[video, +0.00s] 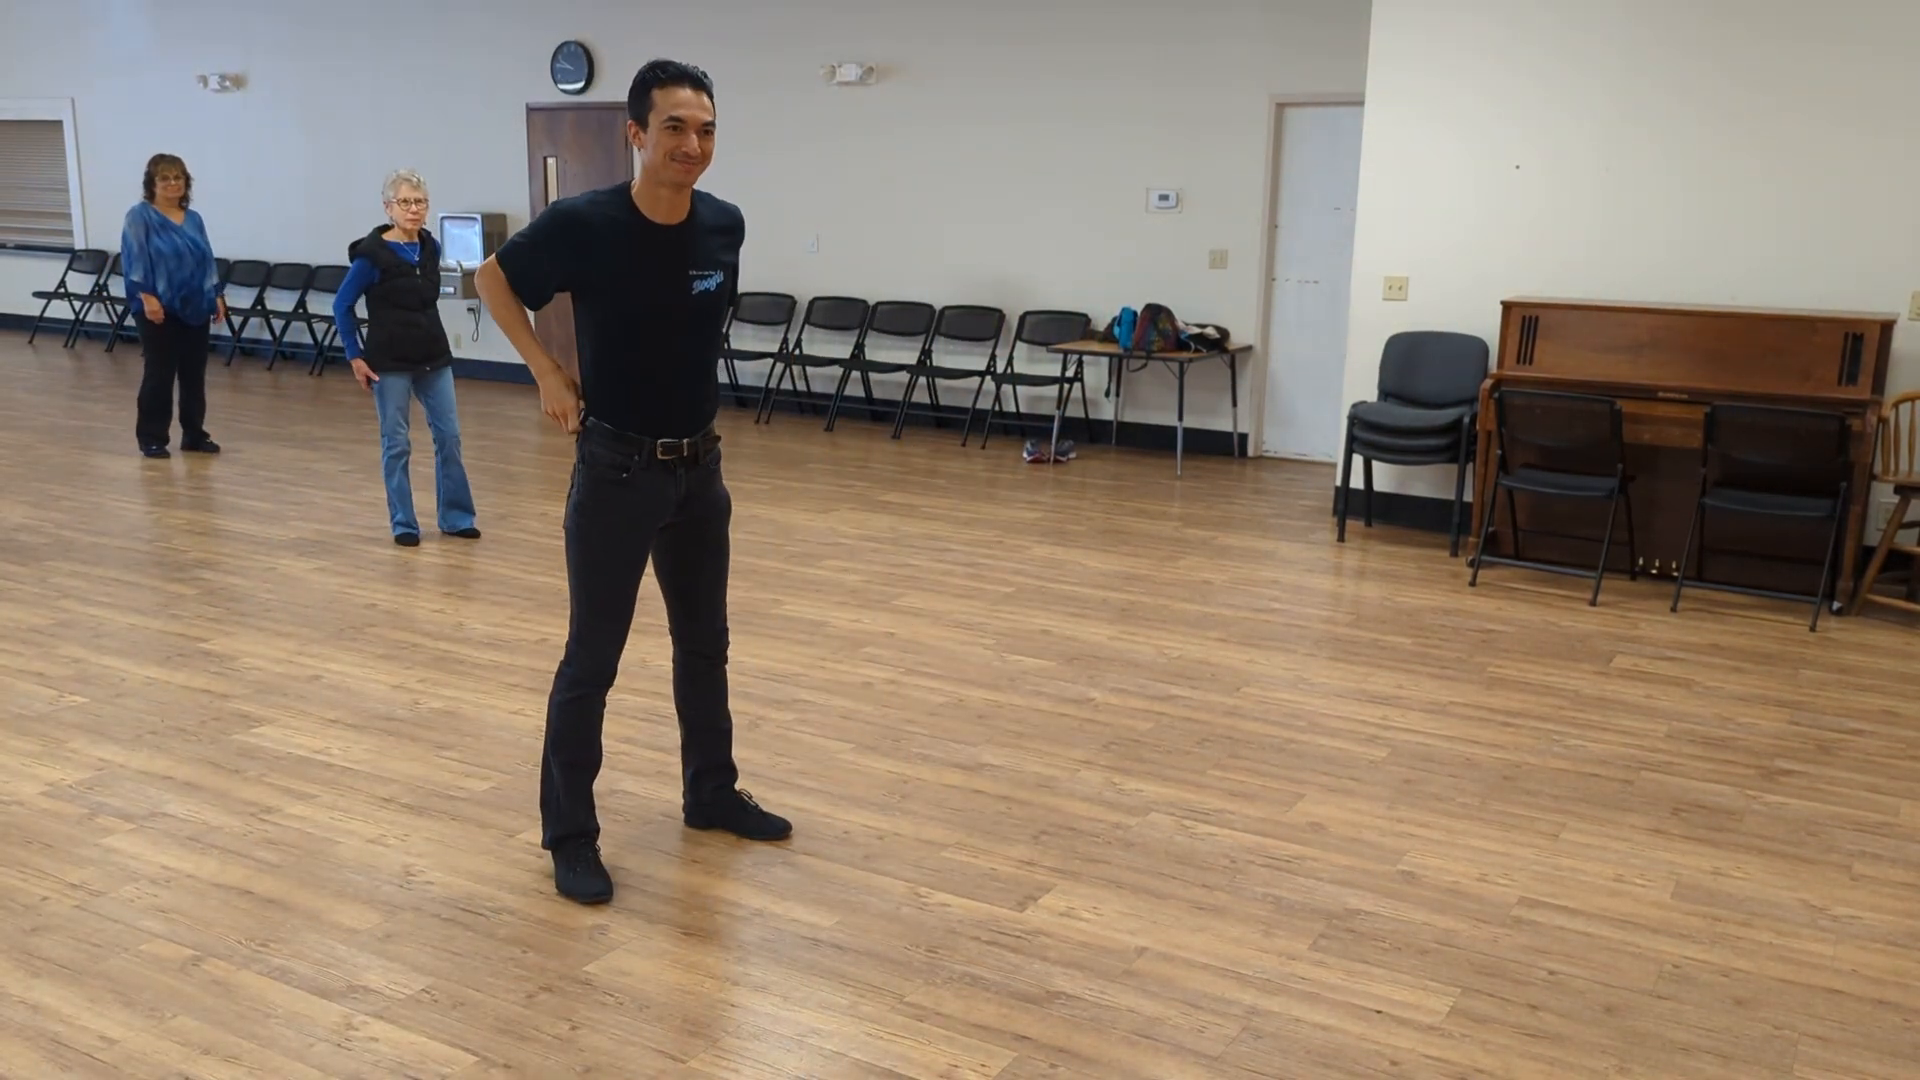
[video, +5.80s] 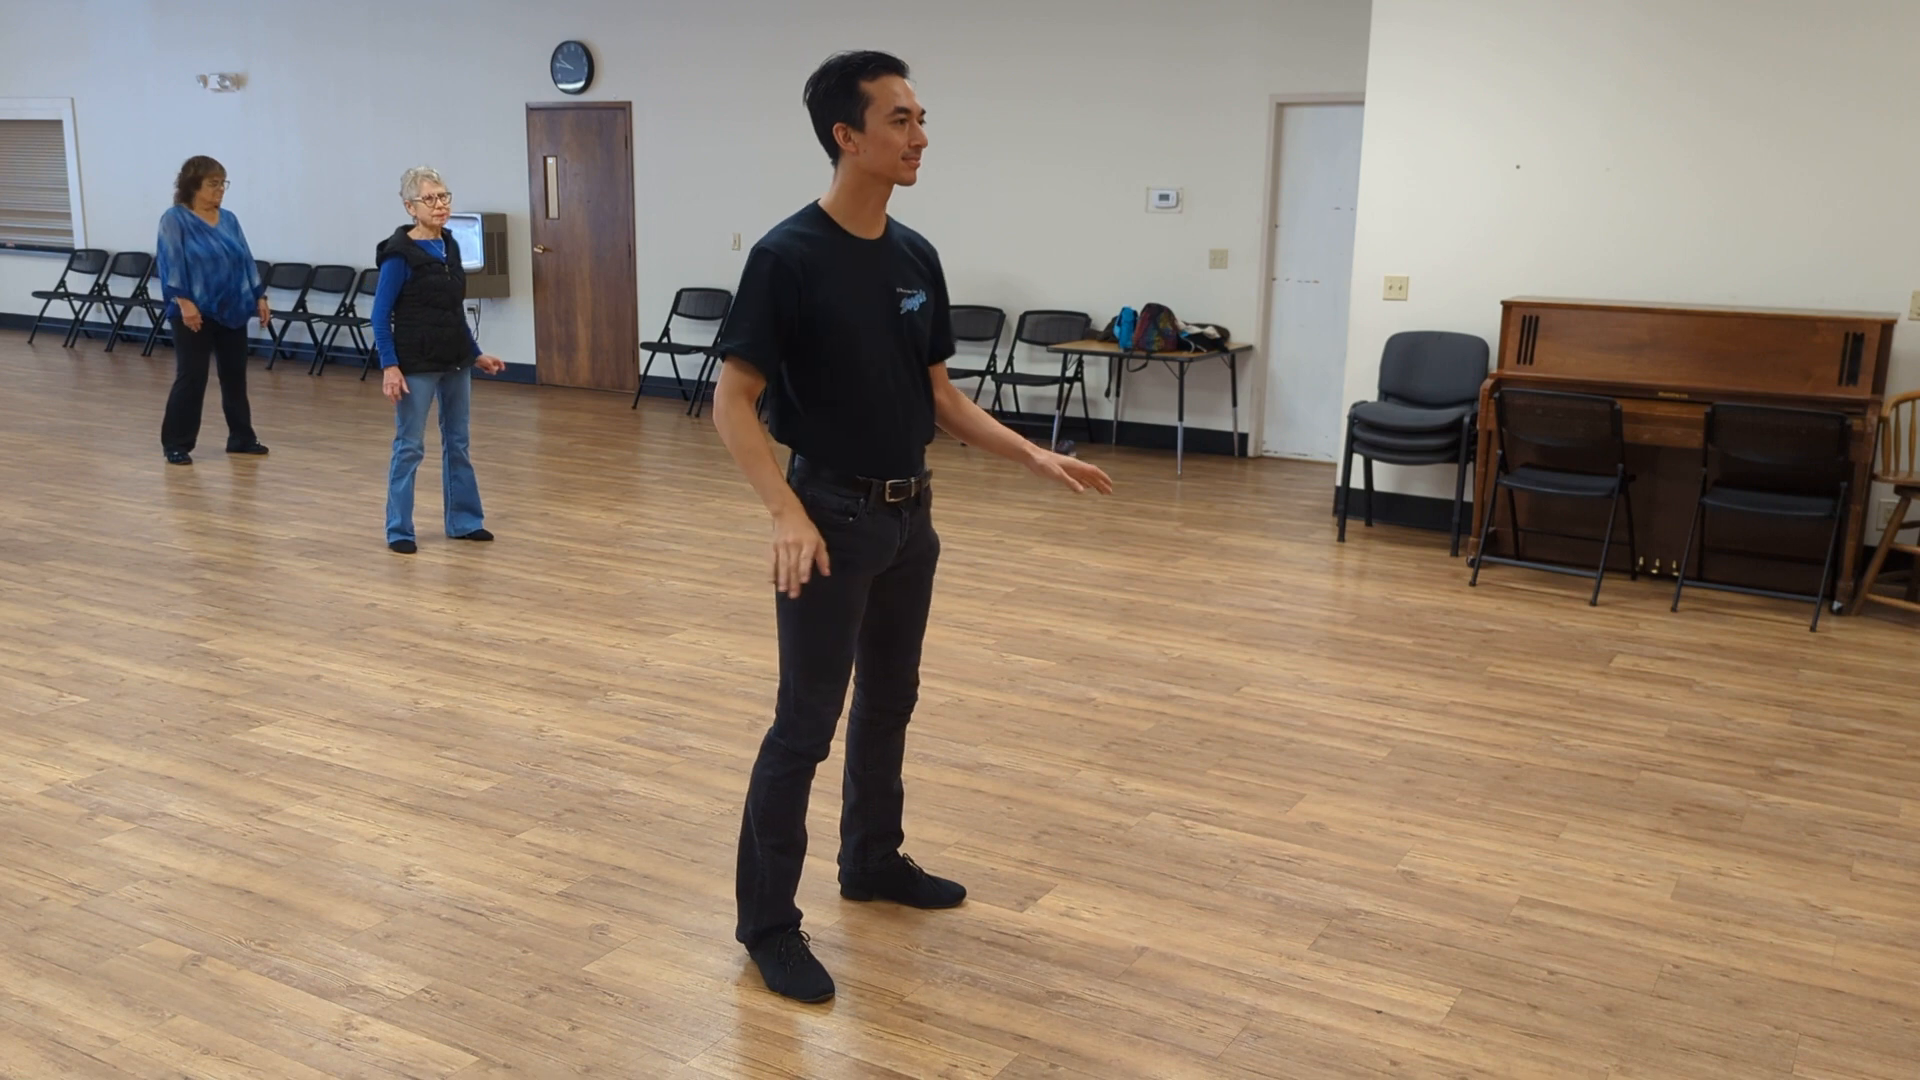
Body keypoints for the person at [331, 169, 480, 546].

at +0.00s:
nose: (415, 209)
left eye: (420, 202)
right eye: (406, 203)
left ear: (427, 208)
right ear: (389, 207)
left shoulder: (429, 247)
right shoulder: (373, 254)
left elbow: (424, 300)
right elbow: (342, 305)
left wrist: (428, 341)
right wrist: (355, 357)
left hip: (433, 357)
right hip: (390, 361)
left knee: (449, 436)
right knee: (397, 444)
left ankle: (456, 517)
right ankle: (404, 524)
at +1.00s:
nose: (449, 210)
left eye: (455, 203)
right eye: (441, 204)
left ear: (462, 208)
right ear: (425, 209)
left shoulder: (467, 250)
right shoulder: (409, 254)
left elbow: (473, 303)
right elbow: (384, 309)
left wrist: (487, 346)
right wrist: (395, 358)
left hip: (470, 360)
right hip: (427, 363)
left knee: (462, 440)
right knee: (430, 444)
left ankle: (457, 518)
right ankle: (410, 524)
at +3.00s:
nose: (433, 206)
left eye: (439, 199)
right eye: (424, 200)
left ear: (445, 203)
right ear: (406, 205)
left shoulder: (448, 246)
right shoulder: (393, 252)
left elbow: (451, 304)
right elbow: (367, 309)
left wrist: (471, 348)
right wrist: (382, 359)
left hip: (454, 357)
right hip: (411, 360)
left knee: (457, 441)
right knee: (411, 446)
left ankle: (464, 521)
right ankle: (411, 526)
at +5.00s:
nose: (453, 228)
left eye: (456, 221)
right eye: (450, 219)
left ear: (432, 214)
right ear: (424, 209)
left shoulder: (431, 251)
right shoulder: (386, 252)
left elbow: (429, 316)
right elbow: (360, 312)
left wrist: (455, 356)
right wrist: (364, 364)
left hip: (429, 363)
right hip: (391, 366)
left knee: (444, 443)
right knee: (394, 449)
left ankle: (458, 522)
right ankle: (397, 531)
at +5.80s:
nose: (440, 205)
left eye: (444, 197)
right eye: (430, 200)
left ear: (450, 201)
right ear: (410, 207)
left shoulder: (450, 247)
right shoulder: (400, 253)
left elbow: (454, 310)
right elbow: (379, 315)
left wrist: (476, 355)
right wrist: (389, 366)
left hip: (455, 361)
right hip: (415, 365)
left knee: (457, 445)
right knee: (409, 448)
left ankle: (463, 522)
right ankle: (399, 530)